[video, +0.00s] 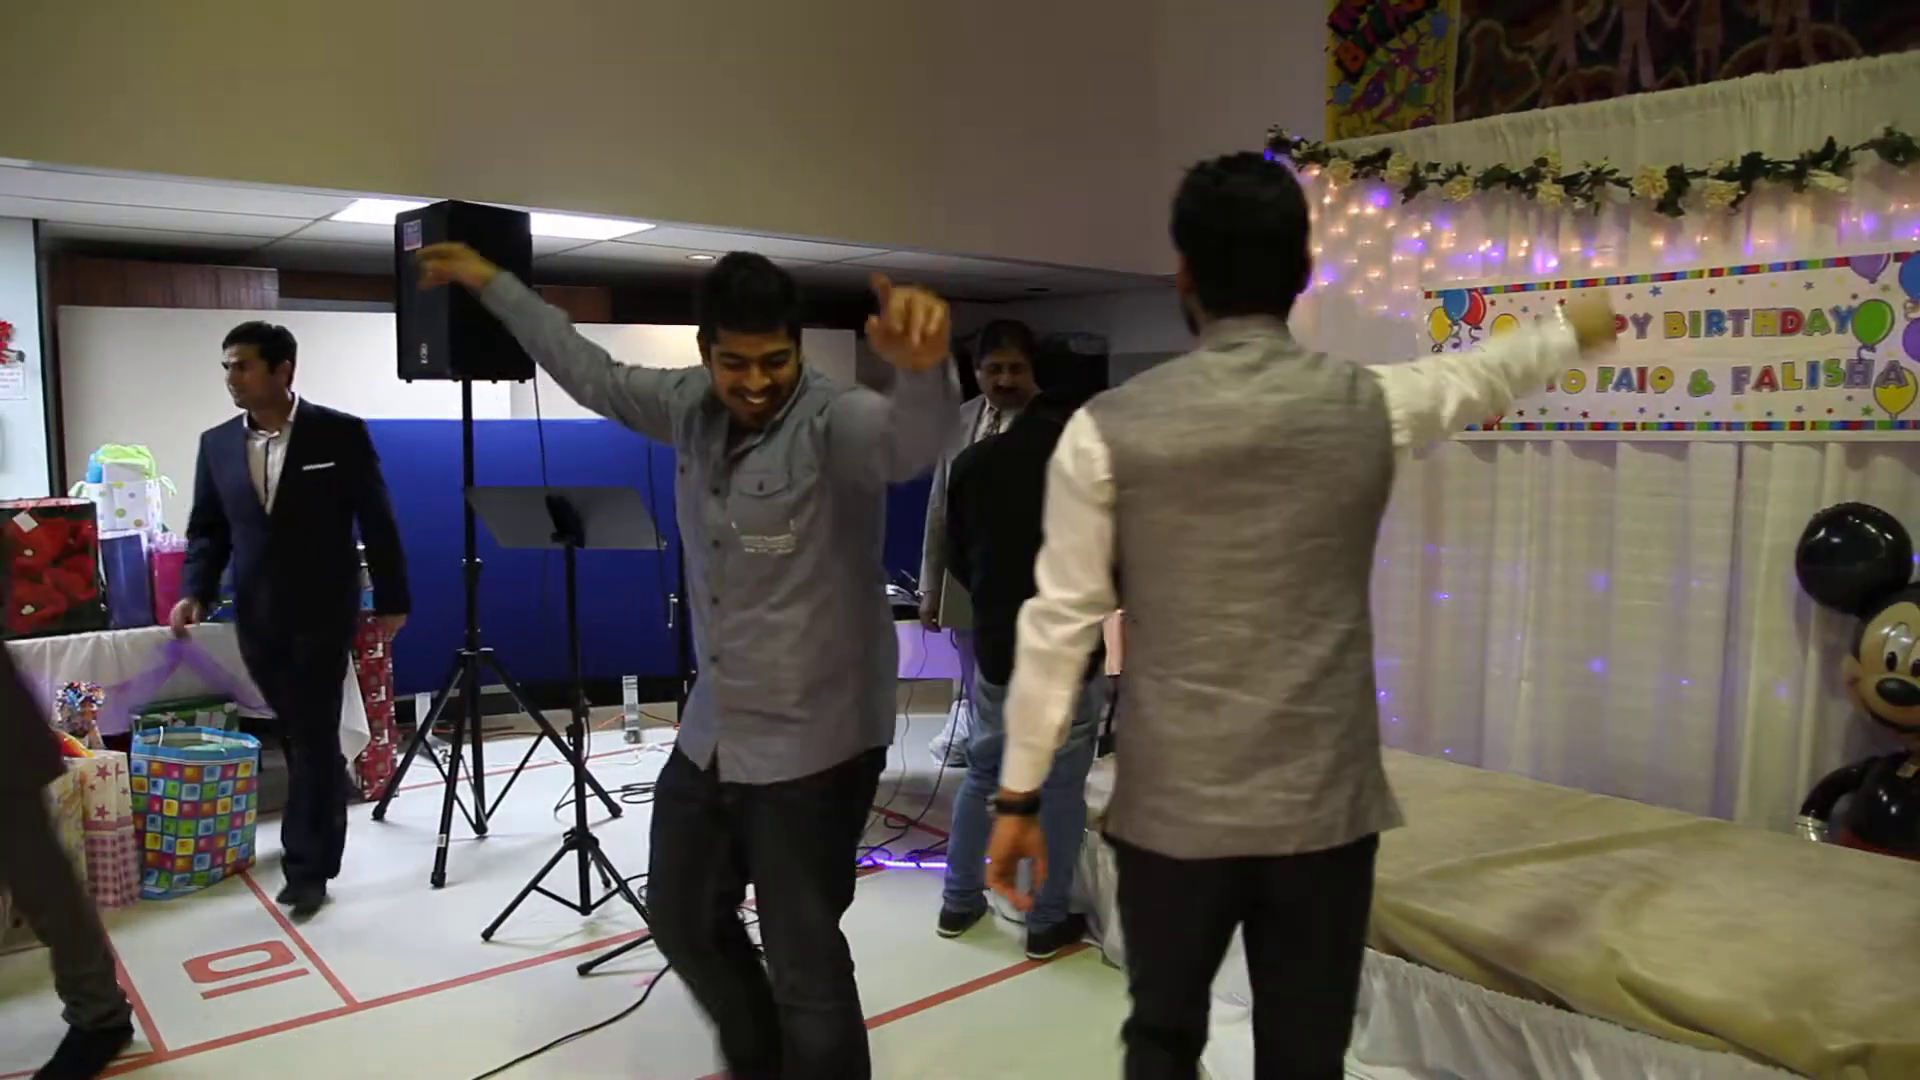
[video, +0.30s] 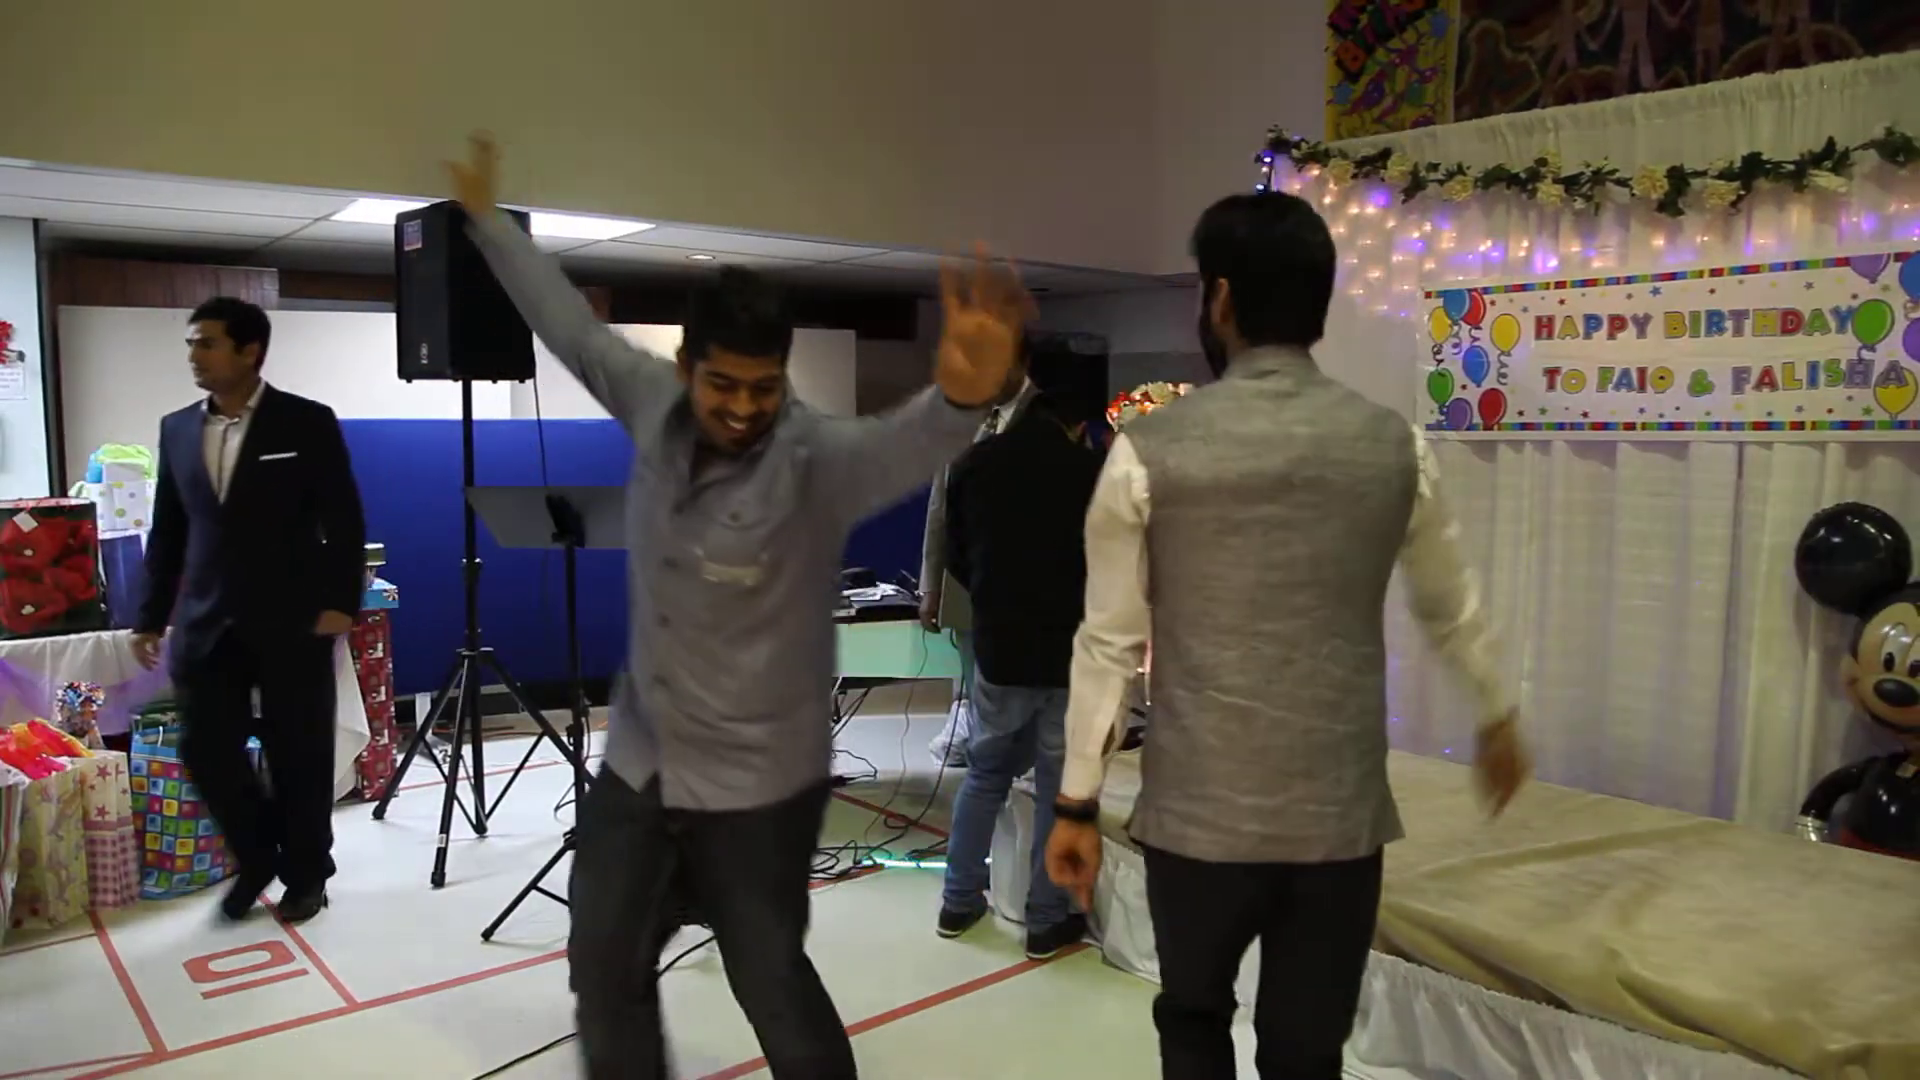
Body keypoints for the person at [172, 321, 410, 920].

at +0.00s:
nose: (230, 378)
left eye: (241, 367)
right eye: (227, 368)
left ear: (282, 370)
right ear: (229, 375)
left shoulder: (341, 435)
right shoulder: (218, 445)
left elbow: (377, 522)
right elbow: (208, 530)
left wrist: (392, 601)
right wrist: (194, 592)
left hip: (324, 609)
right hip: (257, 614)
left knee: (311, 737)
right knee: (299, 732)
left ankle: (307, 872)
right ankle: (327, 831)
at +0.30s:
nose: (194, 354)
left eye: (207, 343)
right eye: (191, 344)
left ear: (251, 351)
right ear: (195, 354)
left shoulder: (308, 423)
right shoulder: (178, 431)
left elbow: (346, 520)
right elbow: (167, 530)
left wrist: (341, 599)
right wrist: (151, 615)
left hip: (291, 621)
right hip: (207, 623)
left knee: (299, 751)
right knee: (206, 748)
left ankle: (308, 875)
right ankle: (257, 855)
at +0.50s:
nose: (143, 362)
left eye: (156, 350)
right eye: (141, 351)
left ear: (204, 358)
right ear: (159, 361)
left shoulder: (265, 436)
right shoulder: (135, 440)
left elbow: (299, 539)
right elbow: (122, 546)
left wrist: (279, 622)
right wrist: (107, 636)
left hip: (246, 643)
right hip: (162, 647)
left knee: (272, 770)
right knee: (163, 796)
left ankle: (303, 878)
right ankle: (135, 944)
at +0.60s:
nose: (108, 363)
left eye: (120, 352)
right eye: (106, 352)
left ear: (170, 358)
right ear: (126, 363)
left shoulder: (233, 440)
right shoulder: (104, 443)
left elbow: (263, 551)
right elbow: (93, 555)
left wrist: (251, 642)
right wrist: (75, 643)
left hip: (205, 661)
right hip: (123, 664)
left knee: (253, 790)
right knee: (126, 818)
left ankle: (301, 869)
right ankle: (125, 959)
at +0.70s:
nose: (69, 360)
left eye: (81, 346)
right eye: (66, 347)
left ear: (132, 349)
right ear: (79, 353)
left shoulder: (198, 433)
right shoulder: (67, 435)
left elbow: (229, 545)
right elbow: (50, 546)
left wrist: (229, 644)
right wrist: (28, 640)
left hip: (161, 656)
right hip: (78, 660)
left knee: (199, 783)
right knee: (97, 817)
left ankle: (267, 856)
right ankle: (123, 956)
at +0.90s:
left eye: (5, 342)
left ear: (49, 343)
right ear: (37, 346)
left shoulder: (123, 433)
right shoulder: (7, 432)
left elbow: (170, 550)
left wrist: (178, 656)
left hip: (76, 665)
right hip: (13, 666)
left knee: (78, 819)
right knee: (62, 818)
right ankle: (121, 953)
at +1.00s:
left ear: (14, 349)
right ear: (17, 351)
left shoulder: (82, 444)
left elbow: (135, 566)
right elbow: (131, 565)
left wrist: (148, 677)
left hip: (48, 679)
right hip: (14, 680)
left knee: (29, 824)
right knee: (54, 814)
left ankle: (126, 949)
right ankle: (124, 950)